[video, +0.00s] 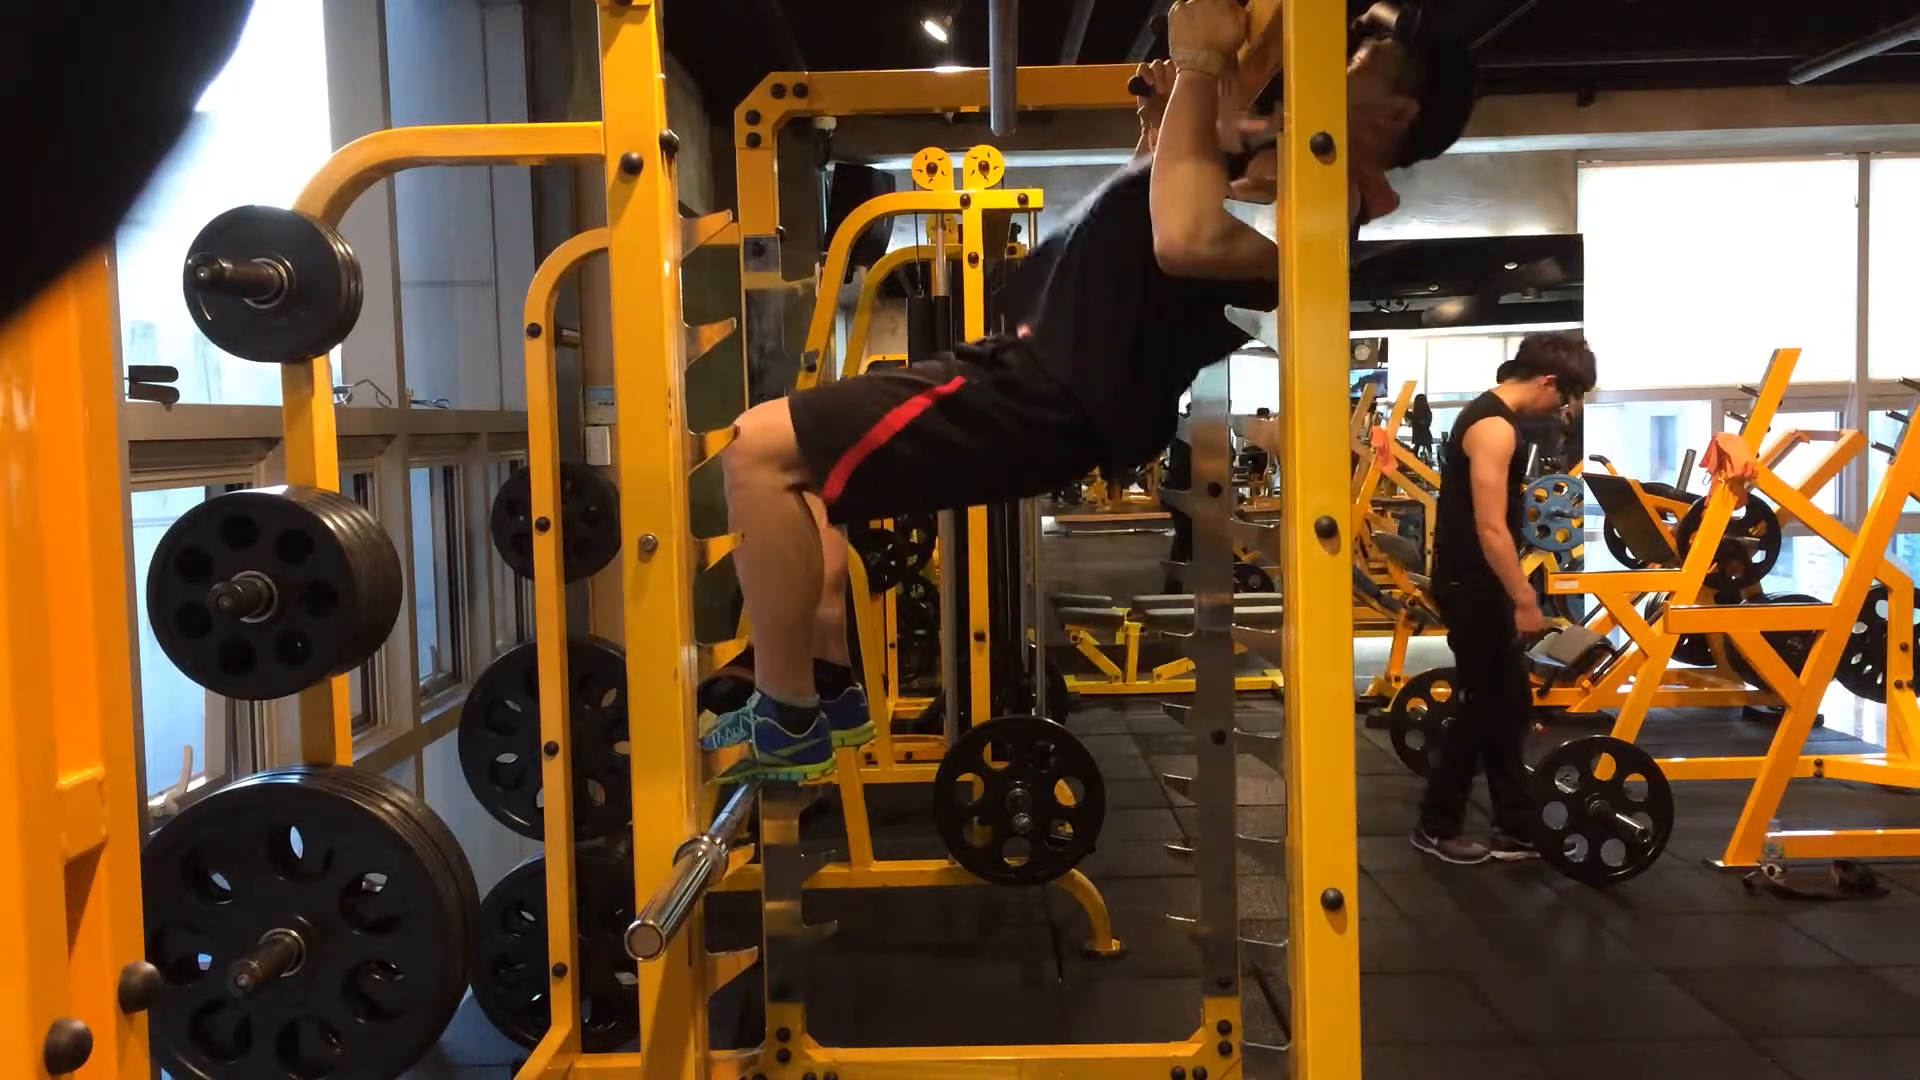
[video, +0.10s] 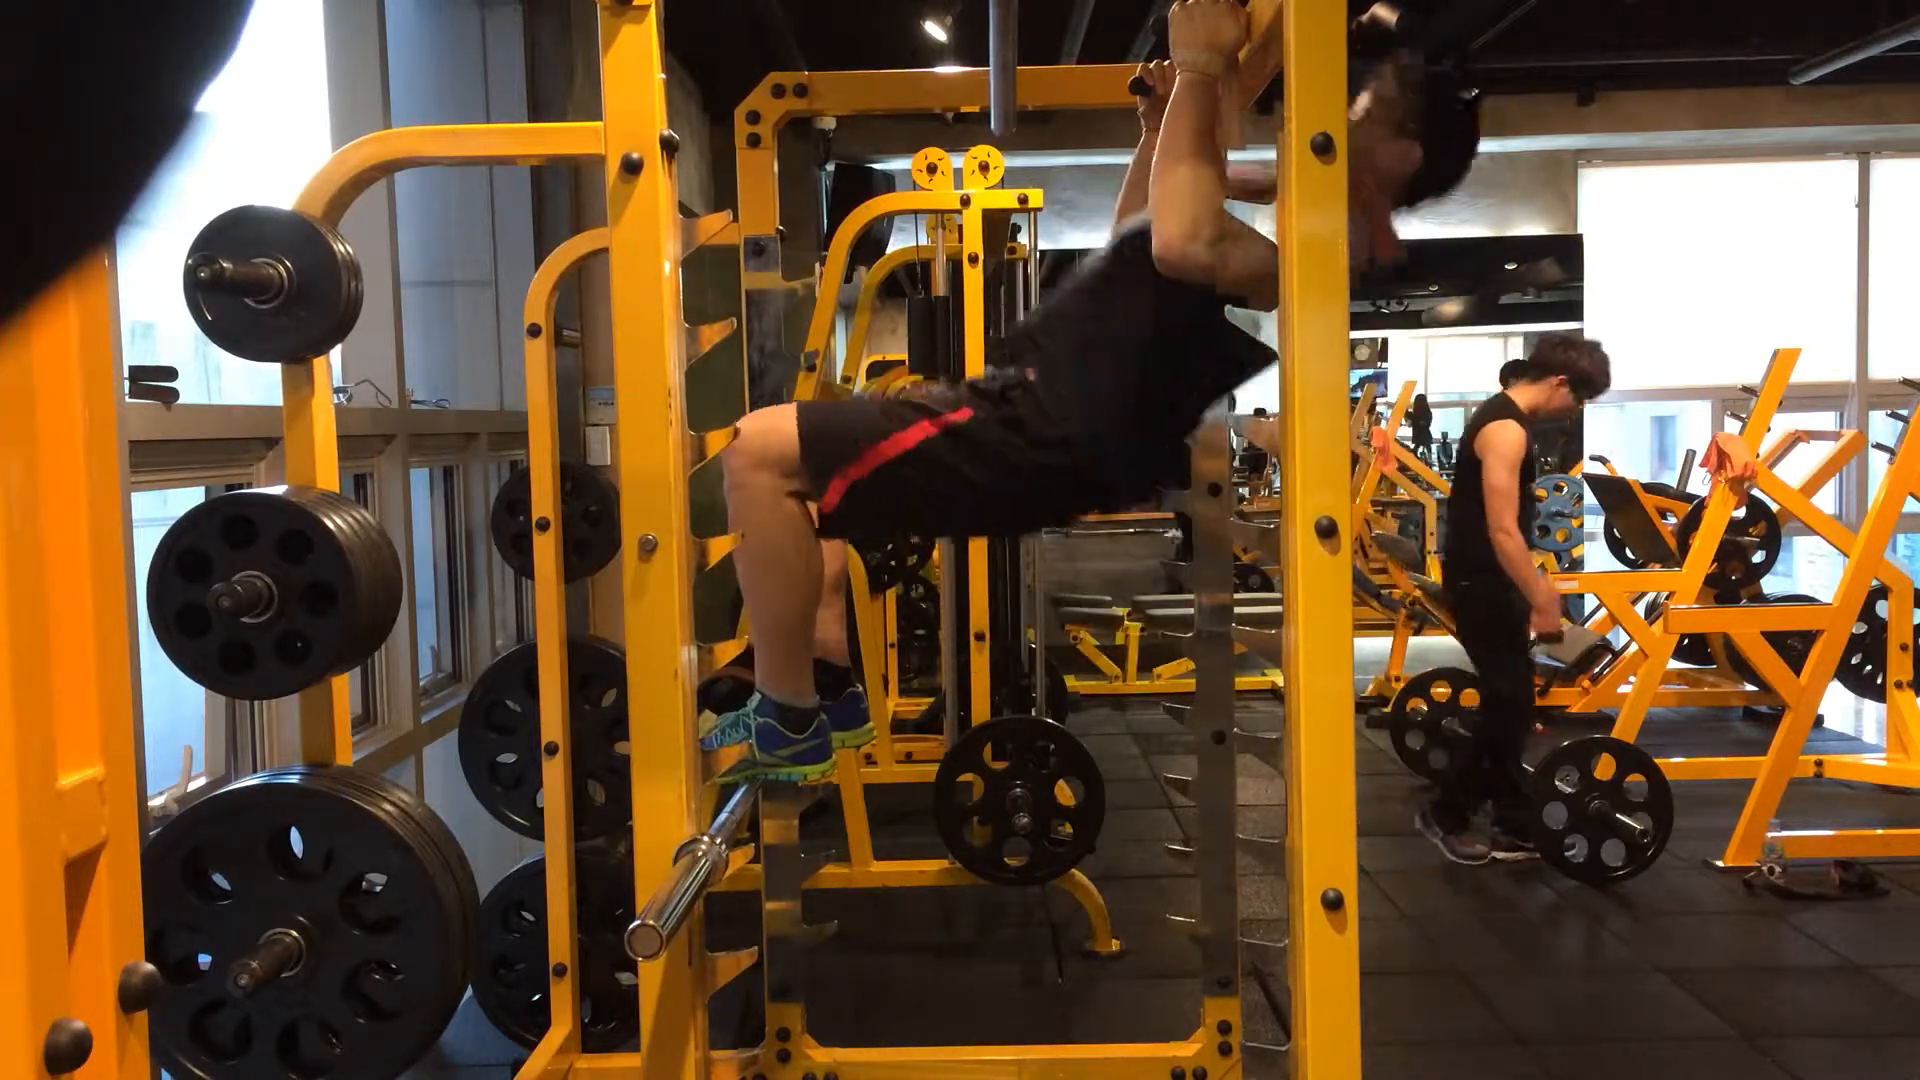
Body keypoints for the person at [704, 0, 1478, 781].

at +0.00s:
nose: (1345, 48)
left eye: (1371, 50)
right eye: (1362, 37)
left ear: (1399, 115)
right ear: (1373, 95)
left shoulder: (1333, 213)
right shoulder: (1296, 160)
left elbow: (1190, 241)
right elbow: (1187, 202)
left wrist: (1202, 69)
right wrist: (1190, 96)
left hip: (1063, 397)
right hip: (1042, 369)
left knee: (758, 451)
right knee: (794, 441)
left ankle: (787, 716)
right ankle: (826, 675)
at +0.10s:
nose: (1348, 118)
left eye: (1374, 117)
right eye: (1358, 102)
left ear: (1410, 164)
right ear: (1346, 113)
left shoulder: (1347, 239)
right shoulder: (1313, 212)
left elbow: (1188, 246)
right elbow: (1143, 241)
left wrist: (1206, 75)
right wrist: (1161, 123)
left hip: (1050, 436)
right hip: (1040, 411)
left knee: (757, 454)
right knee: (794, 449)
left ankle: (786, 714)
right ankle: (827, 673)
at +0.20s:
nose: (1345, 168)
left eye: (1374, 168)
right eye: (1361, 158)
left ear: (1407, 224)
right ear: (1366, 199)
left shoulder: (1346, 300)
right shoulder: (1314, 293)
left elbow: (1195, 248)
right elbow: (1139, 276)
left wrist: (1207, 72)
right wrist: (1157, 127)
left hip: (1055, 486)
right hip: (1035, 449)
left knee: (760, 458)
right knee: (798, 447)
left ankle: (785, 715)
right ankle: (824, 672)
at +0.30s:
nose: (1346, 226)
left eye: (1372, 222)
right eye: (1364, 214)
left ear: (1408, 270)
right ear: (1402, 265)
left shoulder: (1351, 343)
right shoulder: (1313, 347)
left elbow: (1205, 258)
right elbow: (1149, 282)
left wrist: (1207, 75)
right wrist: (1157, 128)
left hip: (1039, 528)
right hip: (1042, 508)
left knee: (764, 460)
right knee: (802, 452)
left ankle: (787, 717)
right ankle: (826, 673)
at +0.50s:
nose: (1338, 281)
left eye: (1365, 281)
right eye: (1351, 269)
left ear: (1395, 335)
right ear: (1366, 319)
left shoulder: (1320, 406)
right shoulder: (1269, 377)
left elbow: (1208, 261)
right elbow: (1154, 287)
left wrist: (1207, 76)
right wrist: (1159, 129)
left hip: (1034, 577)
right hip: (1022, 539)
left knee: (772, 461)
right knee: (808, 457)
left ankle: (786, 717)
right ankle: (829, 682)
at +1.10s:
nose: (1331, 120)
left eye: (1359, 118)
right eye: (1344, 104)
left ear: (1392, 161)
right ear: (1329, 115)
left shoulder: (1339, 248)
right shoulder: (1300, 222)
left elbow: (1176, 239)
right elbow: (1138, 227)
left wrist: (1197, 68)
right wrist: (1177, 96)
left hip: (1038, 431)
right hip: (1012, 391)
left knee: (742, 465)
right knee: (747, 431)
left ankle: (783, 712)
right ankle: (823, 666)